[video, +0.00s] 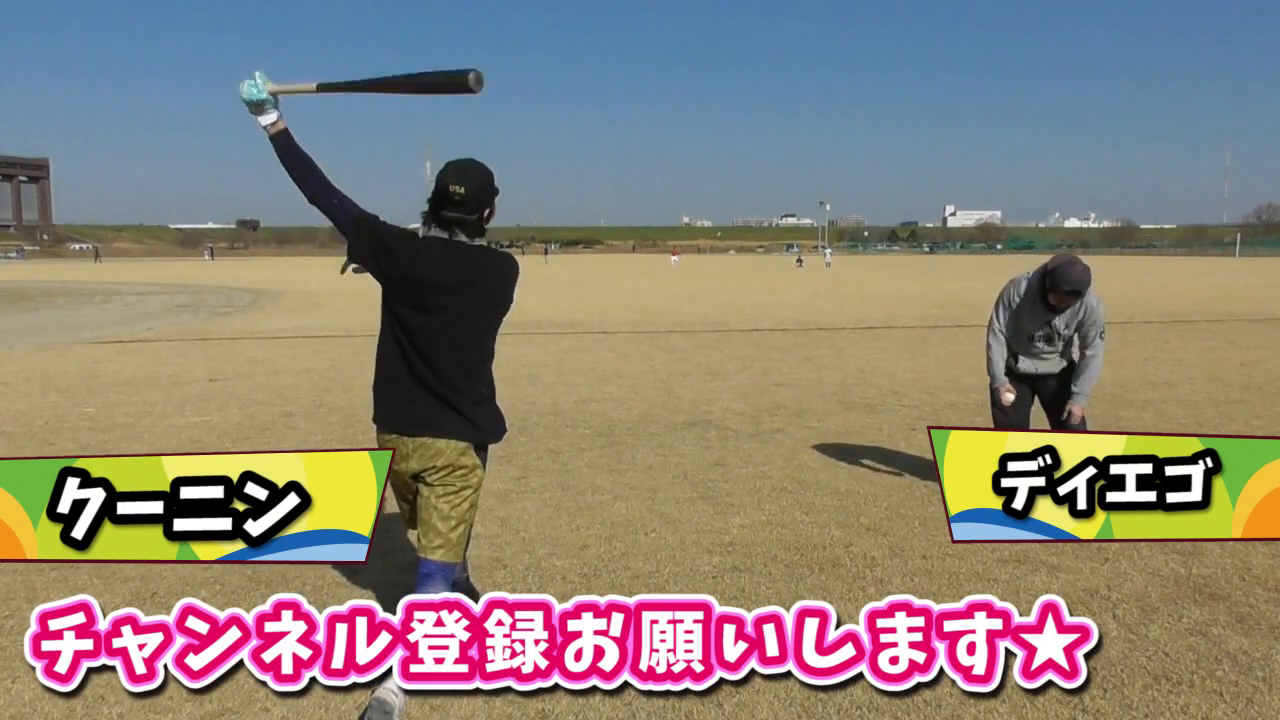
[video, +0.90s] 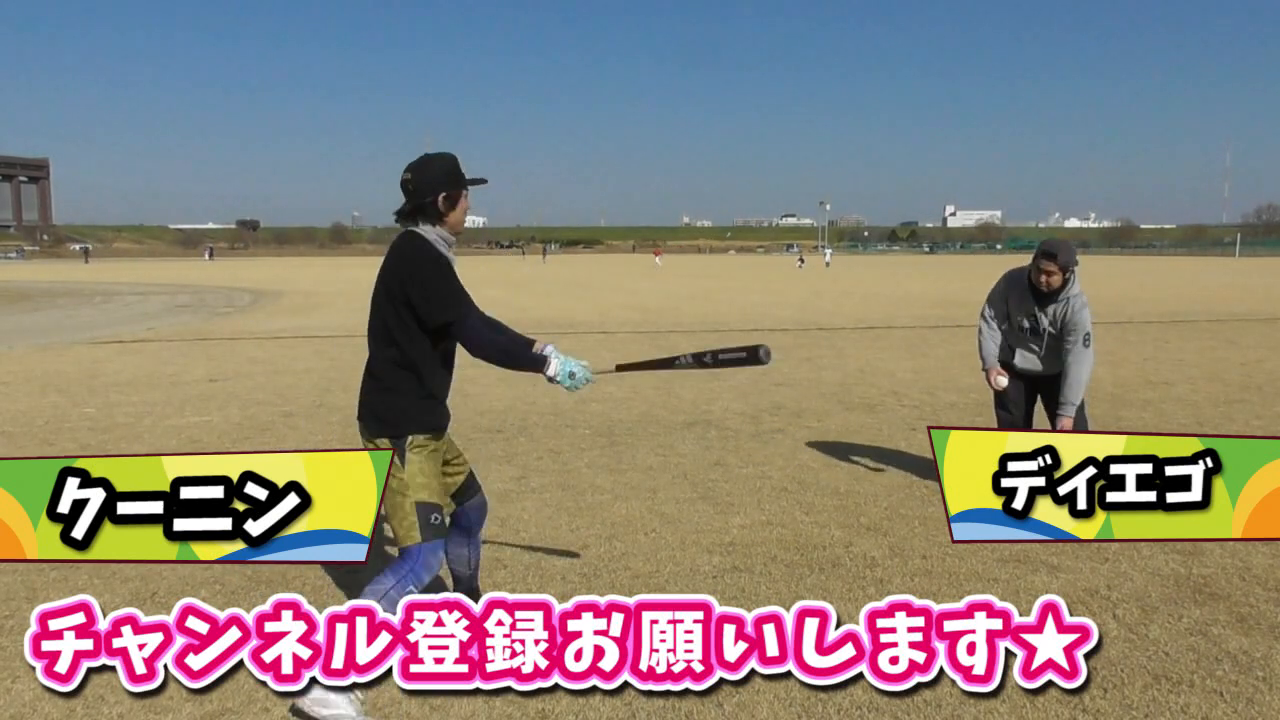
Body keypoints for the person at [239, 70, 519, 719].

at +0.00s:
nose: (481, 209)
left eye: (452, 194)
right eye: (487, 202)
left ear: (434, 203)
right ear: (488, 214)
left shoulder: (399, 249)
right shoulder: (502, 270)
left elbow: (323, 193)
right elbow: (463, 270)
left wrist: (272, 122)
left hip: (399, 429)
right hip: (461, 435)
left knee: (436, 556)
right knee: (435, 571)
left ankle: (473, 639)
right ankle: (394, 692)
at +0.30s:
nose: (497, 213)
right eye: (496, 206)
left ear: (442, 202)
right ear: (492, 213)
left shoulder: (401, 250)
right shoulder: (508, 273)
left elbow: (334, 243)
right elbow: (512, 328)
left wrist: (274, 215)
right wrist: (466, 290)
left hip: (401, 423)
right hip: (463, 432)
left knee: (436, 543)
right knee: (438, 564)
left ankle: (470, 621)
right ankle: (394, 690)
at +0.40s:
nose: (503, 214)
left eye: (497, 204)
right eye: (501, 207)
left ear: (447, 202)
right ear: (494, 214)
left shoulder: (403, 250)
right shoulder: (511, 275)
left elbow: (347, 270)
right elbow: (516, 334)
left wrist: (286, 269)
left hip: (401, 422)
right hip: (463, 430)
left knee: (437, 540)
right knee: (437, 562)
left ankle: (467, 615)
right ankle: (395, 686)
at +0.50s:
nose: (506, 215)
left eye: (505, 207)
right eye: (504, 208)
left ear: (450, 205)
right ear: (492, 213)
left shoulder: (405, 251)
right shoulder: (510, 273)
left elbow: (358, 295)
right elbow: (519, 330)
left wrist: (312, 324)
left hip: (398, 420)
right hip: (457, 430)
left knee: (444, 523)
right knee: (437, 560)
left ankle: (467, 615)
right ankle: (395, 682)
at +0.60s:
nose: (505, 209)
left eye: (503, 201)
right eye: (503, 203)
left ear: (450, 201)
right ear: (492, 209)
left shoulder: (409, 250)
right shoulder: (502, 269)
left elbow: (383, 316)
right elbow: (507, 336)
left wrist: (360, 372)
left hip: (395, 411)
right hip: (450, 419)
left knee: (443, 510)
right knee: (434, 553)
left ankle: (460, 592)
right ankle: (392, 678)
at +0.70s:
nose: (497, 205)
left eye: (494, 197)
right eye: (494, 198)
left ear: (443, 199)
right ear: (482, 204)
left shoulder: (409, 248)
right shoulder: (482, 260)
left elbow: (399, 324)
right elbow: (488, 343)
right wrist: (502, 409)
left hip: (388, 400)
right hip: (435, 408)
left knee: (453, 490)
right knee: (432, 548)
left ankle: (458, 580)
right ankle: (378, 670)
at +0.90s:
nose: (469, 203)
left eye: (467, 194)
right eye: (465, 196)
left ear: (427, 201)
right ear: (446, 202)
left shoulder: (425, 250)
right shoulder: (419, 257)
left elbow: (473, 322)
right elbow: (471, 329)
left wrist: (538, 350)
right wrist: (544, 360)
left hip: (422, 422)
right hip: (400, 426)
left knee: (470, 508)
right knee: (424, 556)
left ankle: (464, 620)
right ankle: (326, 679)